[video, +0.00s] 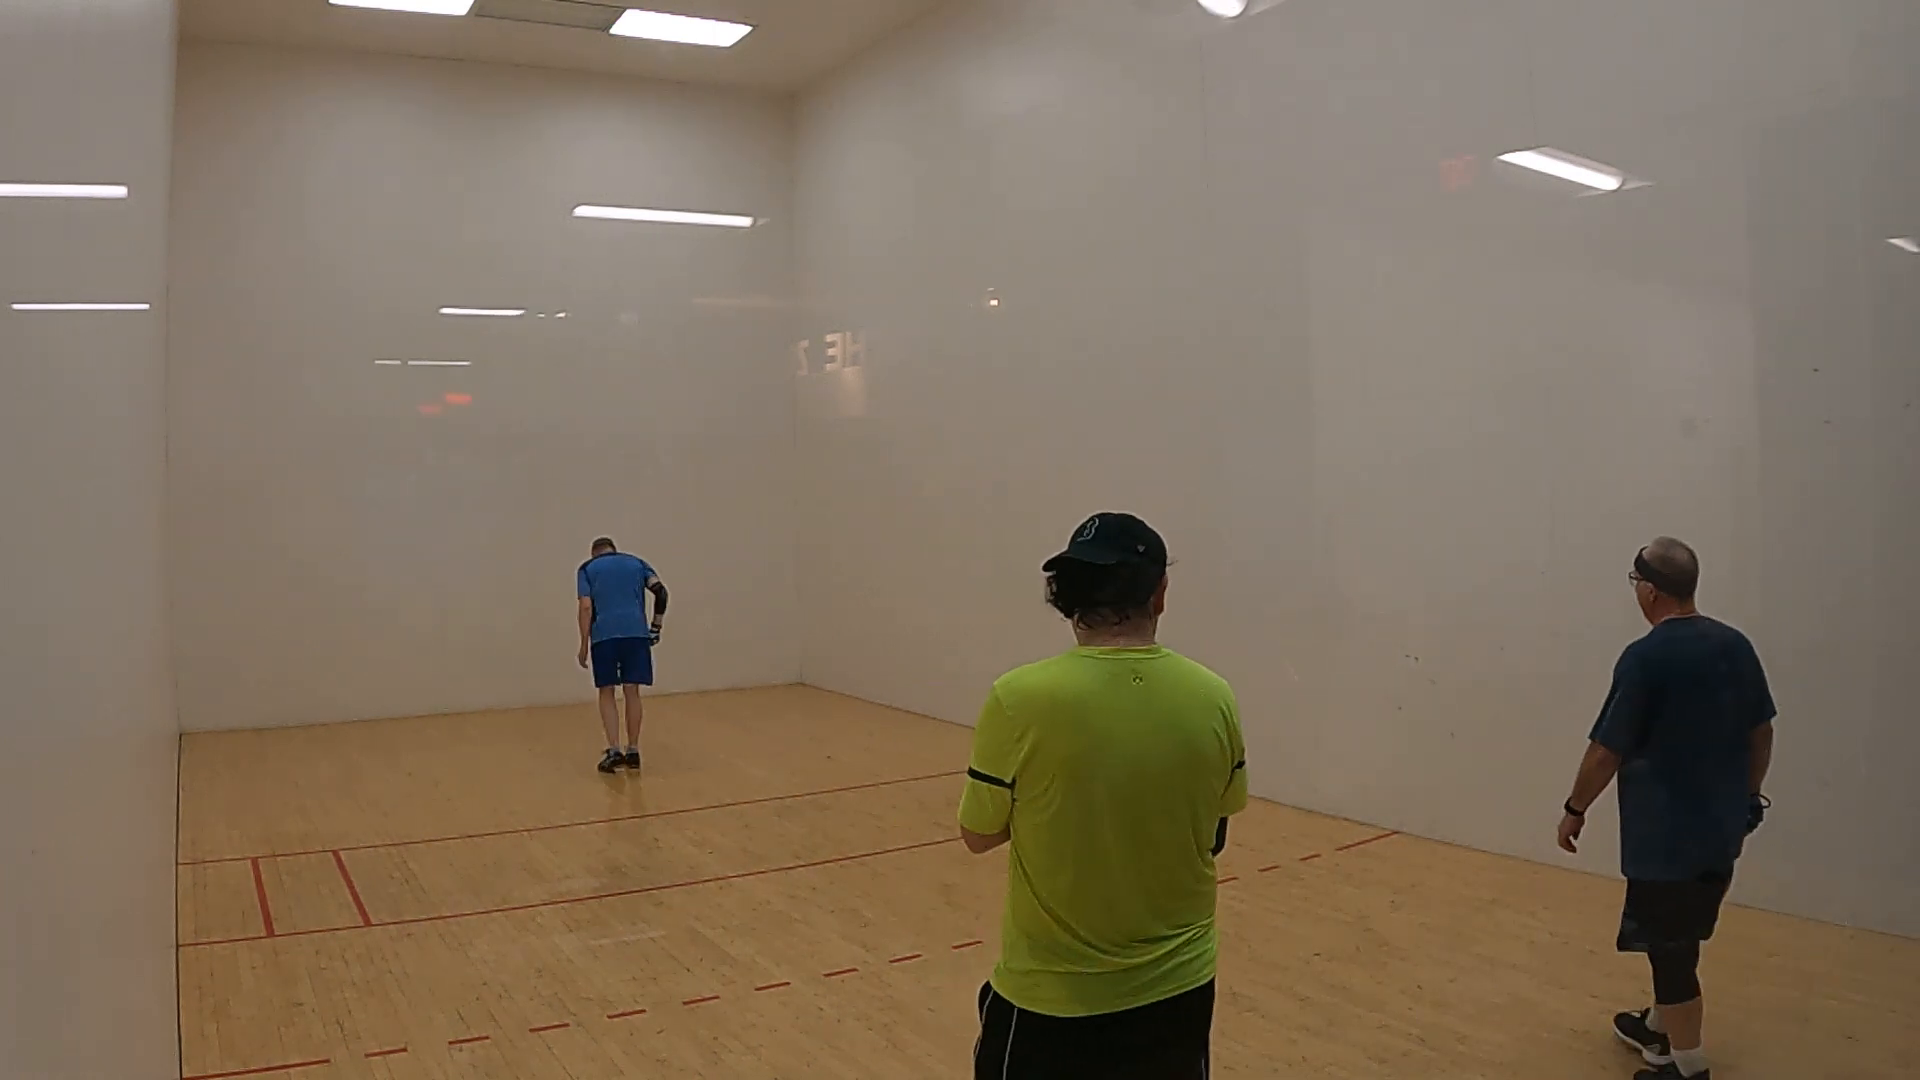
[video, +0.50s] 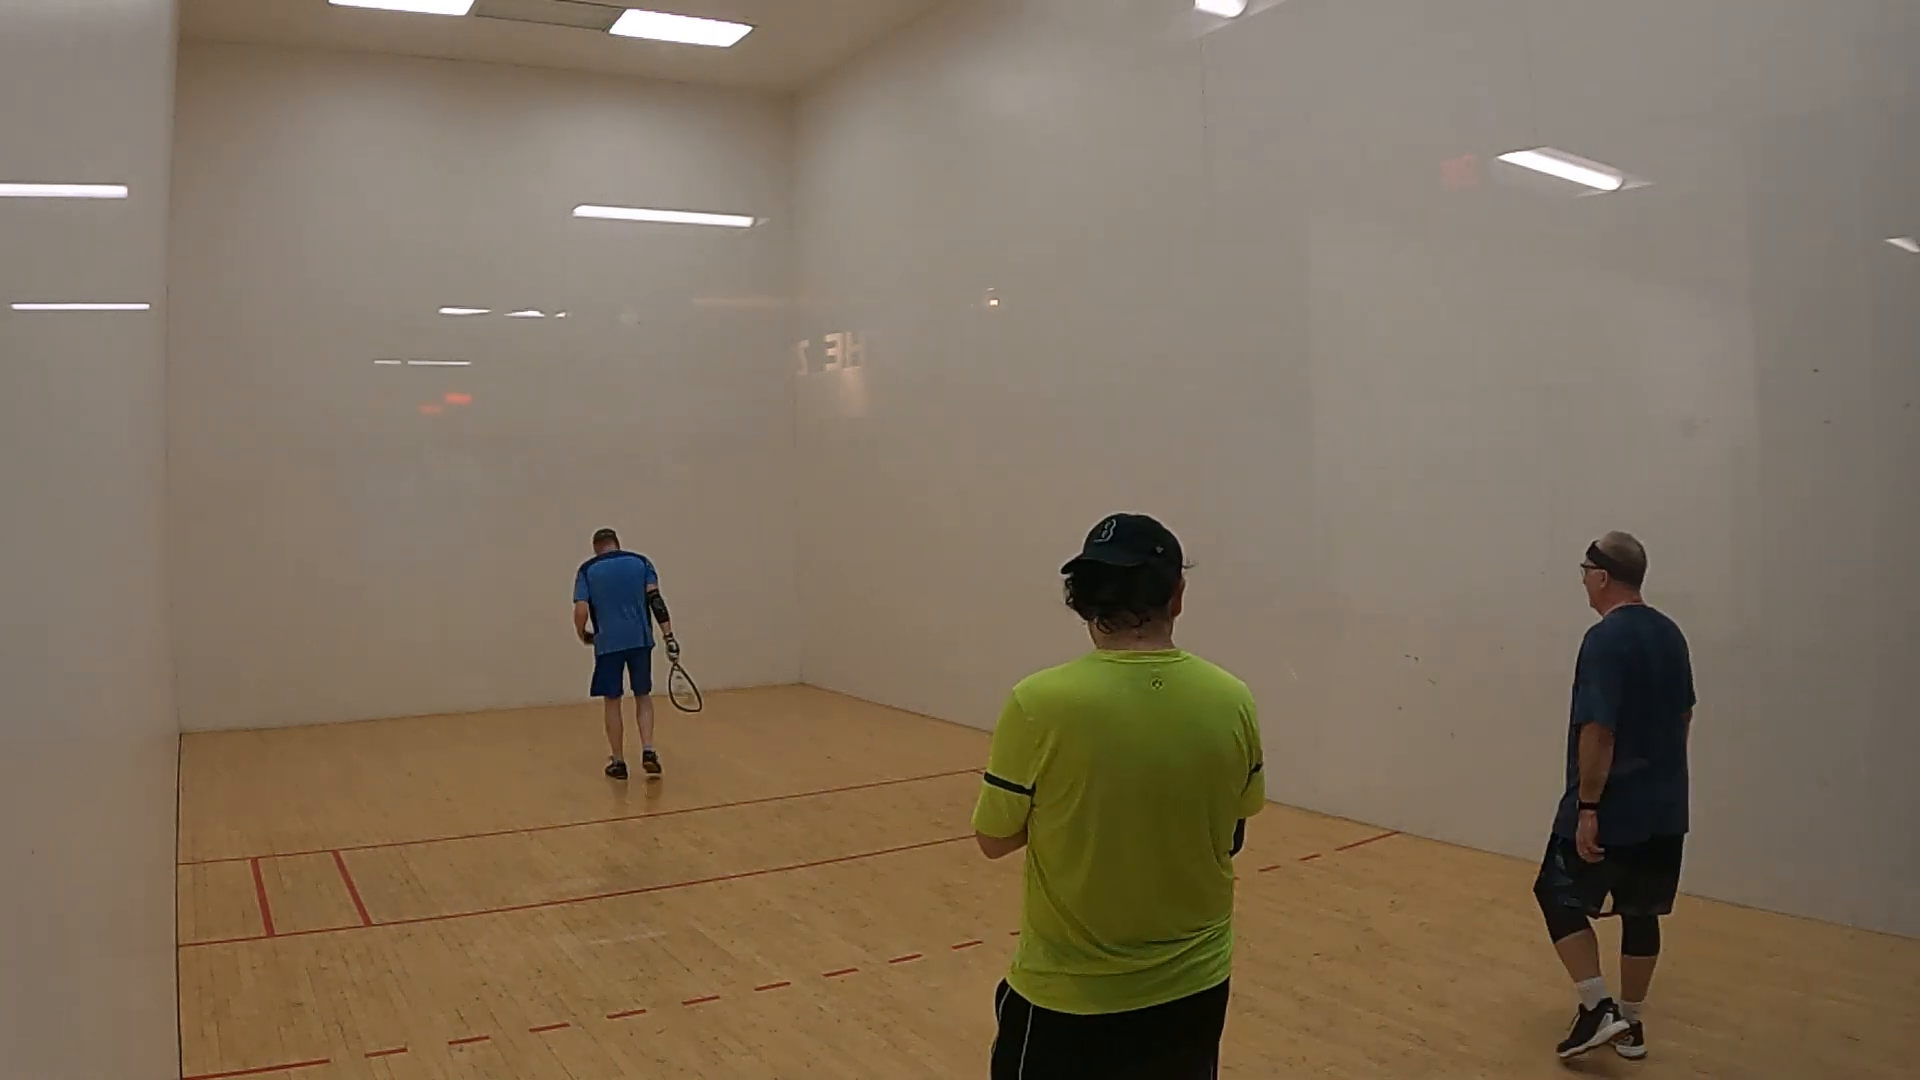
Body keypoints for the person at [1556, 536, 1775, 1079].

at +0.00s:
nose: (1635, 592)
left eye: (1637, 584)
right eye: (1637, 583)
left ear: (1649, 591)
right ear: (1691, 587)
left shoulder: (1644, 657)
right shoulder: (1735, 646)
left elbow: (1607, 750)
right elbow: (1761, 733)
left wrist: (1575, 808)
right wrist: (1748, 801)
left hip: (1662, 835)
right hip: (1721, 829)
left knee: (1672, 947)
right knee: (1677, 931)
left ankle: (1686, 1065)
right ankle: (1662, 1024)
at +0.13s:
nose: (1623, 595)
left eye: (1625, 586)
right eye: (1624, 585)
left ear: (1637, 591)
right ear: (1679, 588)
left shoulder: (1633, 656)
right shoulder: (1721, 648)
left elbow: (1603, 750)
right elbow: (1743, 729)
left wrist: (1573, 806)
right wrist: (1734, 796)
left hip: (1646, 832)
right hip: (1706, 828)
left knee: (1659, 942)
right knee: (1657, 928)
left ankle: (1687, 1065)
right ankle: (1629, 1023)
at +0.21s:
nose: (1617, 589)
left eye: (1619, 581)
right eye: (1619, 579)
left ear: (1632, 588)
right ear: (1672, 587)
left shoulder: (1627, 653)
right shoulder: (1709, 646)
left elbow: (1601, 748)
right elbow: (1730, 729)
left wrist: (1575, 808)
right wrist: (1723, 798)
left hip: (1637, 827)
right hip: (1694, 823)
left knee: (1645, 941)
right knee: (1647, 925)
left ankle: (1681, 1060)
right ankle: (1628, 1022)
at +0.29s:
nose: (1610, 584)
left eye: (1612, 576)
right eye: (1611, 575)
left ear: (1626, 582)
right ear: (1663, 583)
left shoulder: (1622, 646)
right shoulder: (1699, 643)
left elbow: (1602, 741)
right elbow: (1716, 727)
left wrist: (1579, 811)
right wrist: (1707, 797)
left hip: (1630, 819)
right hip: (1685, 818)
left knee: (1607, 922)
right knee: (1652, 919)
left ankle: (1667, 1045)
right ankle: (1630, 1019)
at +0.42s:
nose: (1595, 582)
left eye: (1597, 573)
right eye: (1597, 572)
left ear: (1611, 578)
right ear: (1647, 580)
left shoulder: (1611, 642)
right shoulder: (1682, 636)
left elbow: (1601, 737)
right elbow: (1699, 716)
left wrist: (1585, 811)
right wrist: (1686, 780)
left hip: (1618, 809)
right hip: (1674, 809)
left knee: (1571, 902)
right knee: (1646, 911)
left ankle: (1630, 1011)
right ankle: (1625, 1017)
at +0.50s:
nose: (1584, 579)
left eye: (1587, 571)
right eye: (1586, 570)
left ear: (1602, 577)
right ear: (1636, 578)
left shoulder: (1604, 639)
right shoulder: (1670, 634)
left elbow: (1597, 729)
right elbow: (1683, 716)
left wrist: (1587, 807)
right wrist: (1662, 781)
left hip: (1603, 810)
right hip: (1663, 811)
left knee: (1558, 892)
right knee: (1642, 911)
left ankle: (1594, 1005)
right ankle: (1629, 1025)